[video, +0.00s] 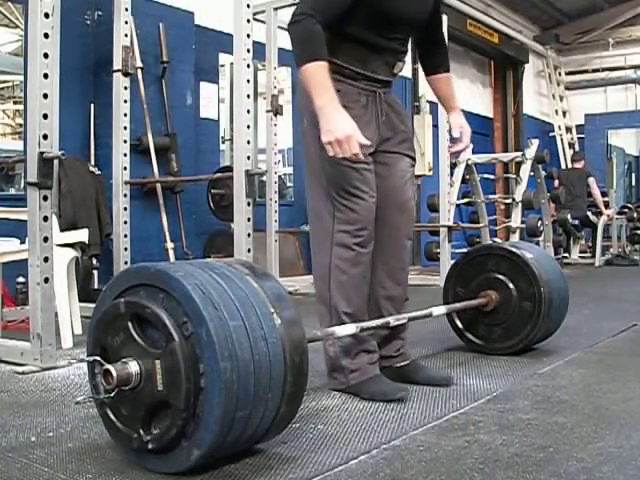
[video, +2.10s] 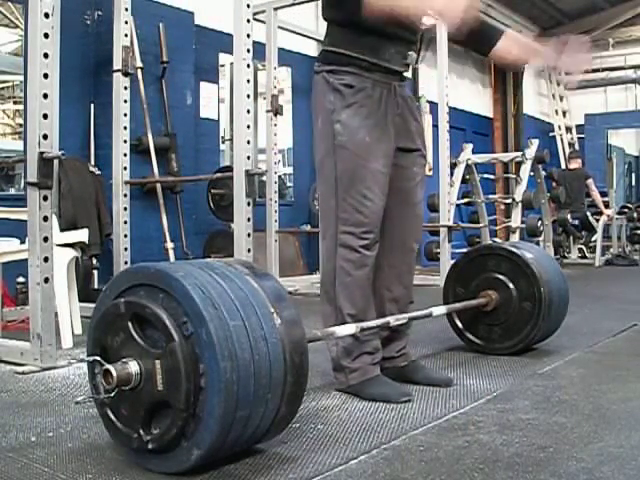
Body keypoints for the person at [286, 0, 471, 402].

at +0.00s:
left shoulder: (429, 6)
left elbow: (431, 42)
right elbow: (304, 20)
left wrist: (453, 110)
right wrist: (329, 110)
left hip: (384, 96)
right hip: (334, 88)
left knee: (397, 217)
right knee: (351, 219)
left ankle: (391, 350)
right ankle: (348, 363)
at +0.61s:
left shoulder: (441, 4)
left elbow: (462, 54)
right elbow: (318, 4)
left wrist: (502, 105)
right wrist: (357, 64)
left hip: (394, 88)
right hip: (340, 83)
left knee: (401, 219)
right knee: (356, 221)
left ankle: (391, 352)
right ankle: (352, 362)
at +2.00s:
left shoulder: (434, 4)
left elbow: (455, 44)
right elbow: (325, 6)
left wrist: (501, 96)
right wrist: (378, 54)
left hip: (401, 93)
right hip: (348, 86)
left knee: (400, 227)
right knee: (353, 226)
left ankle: (392, 354)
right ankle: (353, 364)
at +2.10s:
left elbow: (468, 25)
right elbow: (342, 8)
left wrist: (547, 52)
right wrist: (422, 9)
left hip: (397, 87)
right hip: (349, 81)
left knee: (403, 228)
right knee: (356, 227)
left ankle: (393, 353)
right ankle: (354, 365)